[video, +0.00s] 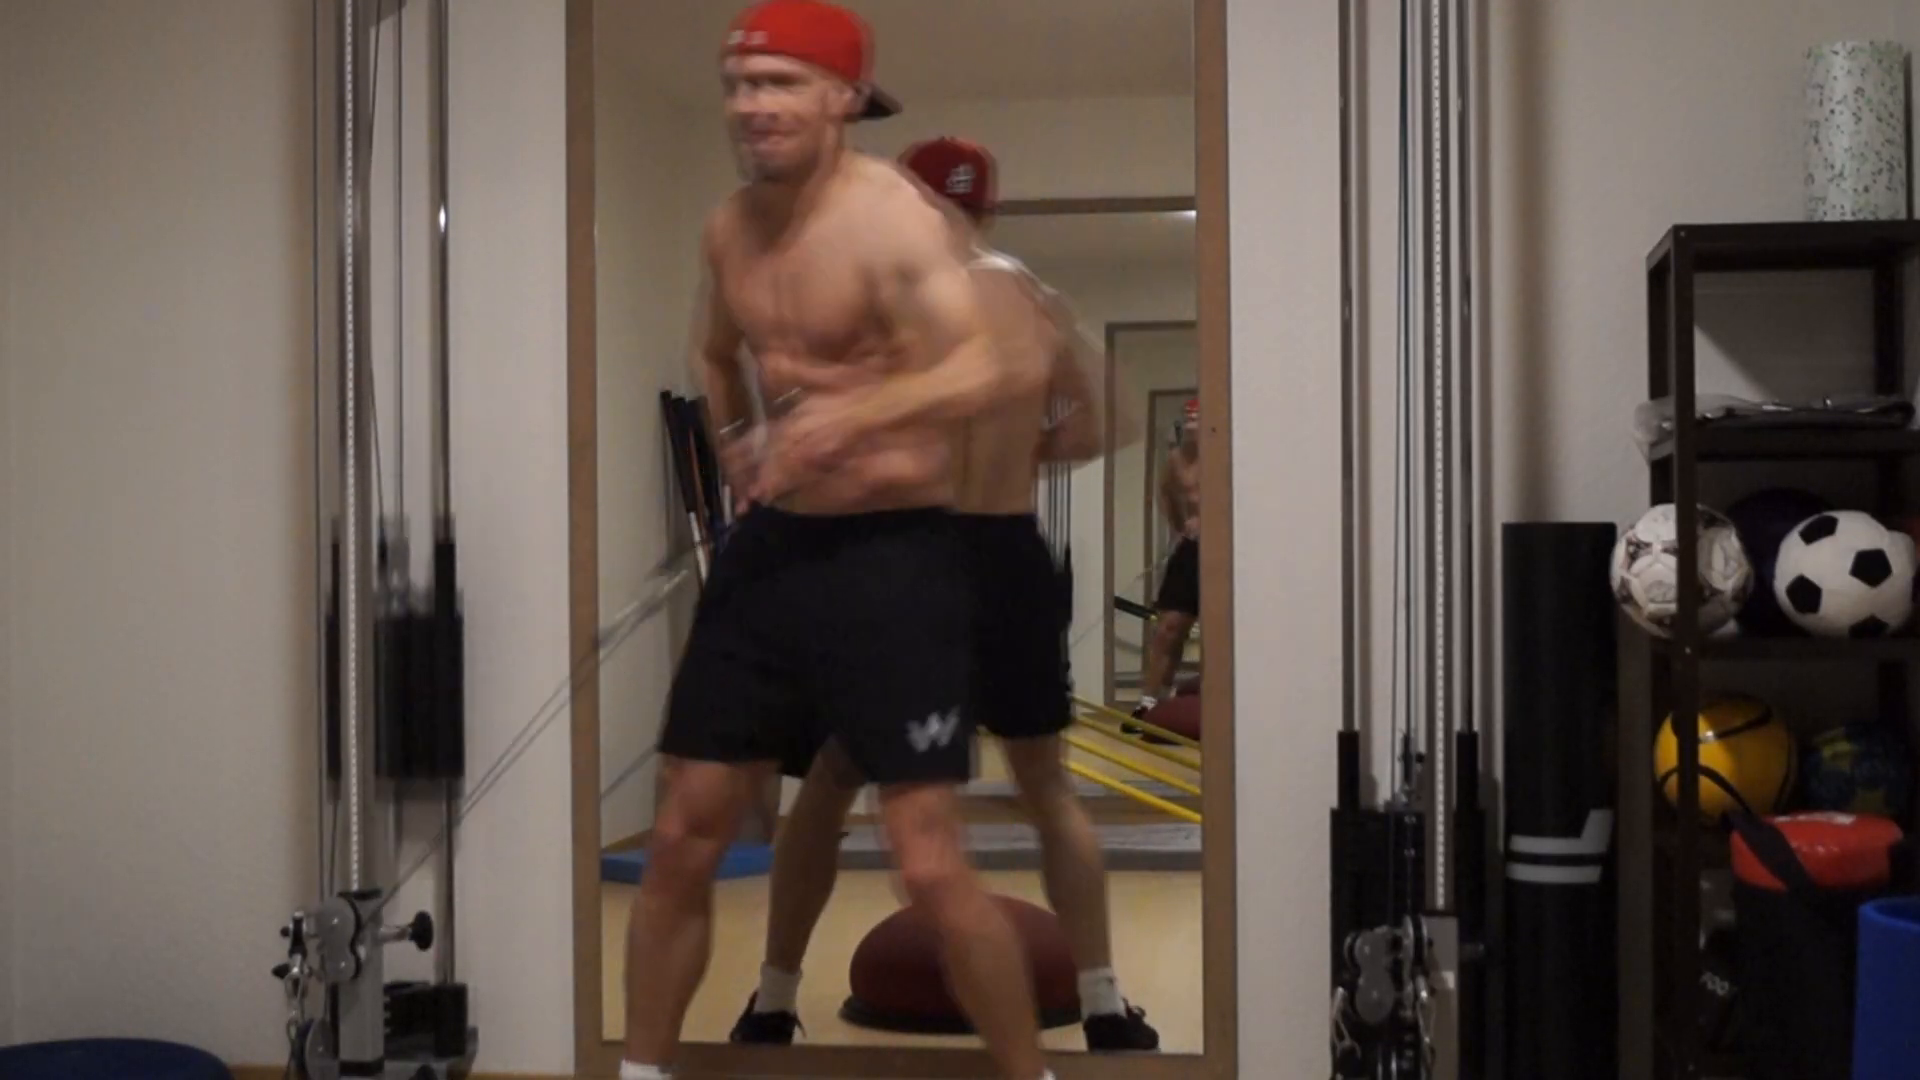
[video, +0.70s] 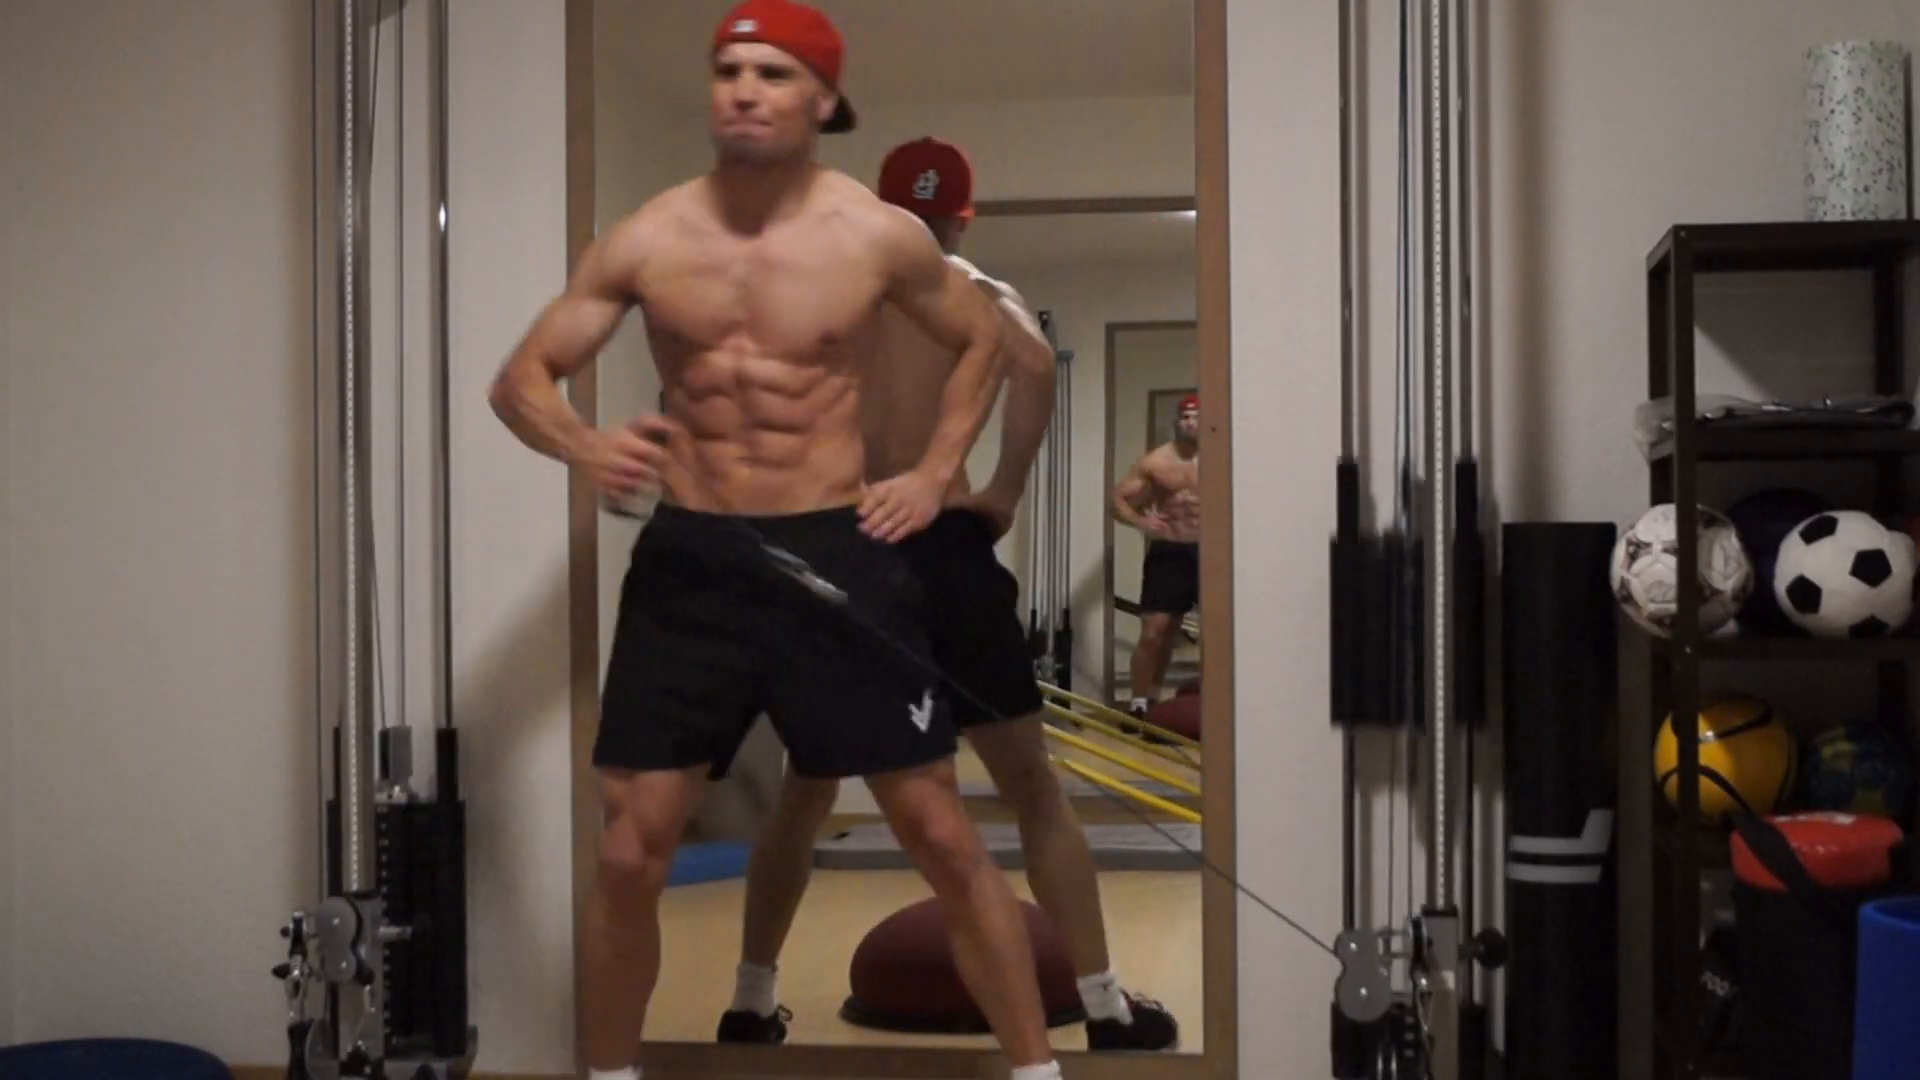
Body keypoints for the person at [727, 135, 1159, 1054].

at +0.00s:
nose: (906, 211)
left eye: (911, 195)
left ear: (914, 202)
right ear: (987, 207)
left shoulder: (877, 295)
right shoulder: (1032, 298)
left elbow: (837, 419)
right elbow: (1093, 427)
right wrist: (1015, 450)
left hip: (902, 561)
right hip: (1014, 559)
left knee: (827, 786)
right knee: (1050, 787)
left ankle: (774, 995)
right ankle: (1102, 1000)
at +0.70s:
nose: (965, 229)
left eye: (948, 215)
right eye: (966, 215)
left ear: (880, 208)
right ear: (963, 218)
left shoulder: (822, 282)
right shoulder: (981, 295)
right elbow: (1035, 361)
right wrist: (1005, 495)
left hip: (832, 554)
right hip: (948, 554)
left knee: (802, 799)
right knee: (1035, 792)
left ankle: (751, 1000)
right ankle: (1102, 1001)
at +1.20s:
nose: (1036, 227)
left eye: (1026, 214)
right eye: (1034, 213)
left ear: (947, 209)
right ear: (1020, 216)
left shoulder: (892, 276)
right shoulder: (1025, 293)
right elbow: (1032, 382)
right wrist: (1023, 500)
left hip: (880, 546)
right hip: (987, 550)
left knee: (821, 795)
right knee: (1056, 783)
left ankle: (753, 996)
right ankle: (1086, 1003)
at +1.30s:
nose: (1060, 246)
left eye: (1061, 229)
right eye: (1057, 228)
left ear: (980, 215)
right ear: (1023, 220)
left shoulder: (917, 279)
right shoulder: (1005, 287)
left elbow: (894, 445)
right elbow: (986, 432)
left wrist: (1027, 526)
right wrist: (1029, 529)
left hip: (885, 556)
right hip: (980, 555)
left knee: (828, 798)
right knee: (1059, 782)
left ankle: (754, 999)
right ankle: (1088, 1005)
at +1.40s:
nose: (1092, 260)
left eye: (1095, 244)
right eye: (1088, 240)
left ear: (1031, 224)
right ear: (1042, 224)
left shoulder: (986, 305)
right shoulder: (991, 291)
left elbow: (1019, 480)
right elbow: (953, 443)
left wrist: (1096, 553)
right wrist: (1010, 554)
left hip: (901, 567)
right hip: (966, 573)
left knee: (840, 793)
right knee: (1059, 781)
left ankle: (756, 994)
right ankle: (1087, 1004)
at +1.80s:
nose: (1029, 298)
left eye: (1035, 283)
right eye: (1031, 278)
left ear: (970, 245)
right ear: (1004, 252)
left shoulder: (896, 294)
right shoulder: (969, 301)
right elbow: (955, 420)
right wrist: (988, 524)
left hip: (874, 554)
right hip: (953, 561)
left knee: (833, 792)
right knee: (1034, 779)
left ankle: (762, 993)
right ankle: (1083, 1000)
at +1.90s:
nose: (1011, 288)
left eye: (1012, 277)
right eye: (1011, 274)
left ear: (926, 235)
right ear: (993, 253)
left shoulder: (852, 284)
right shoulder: (987, 289)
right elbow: (1016, 374)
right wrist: (1008, 493)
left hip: (837, 544)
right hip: (945, 546)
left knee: (811, 782)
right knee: (1025, 781)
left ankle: (757, 991)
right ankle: (1082, 1000)